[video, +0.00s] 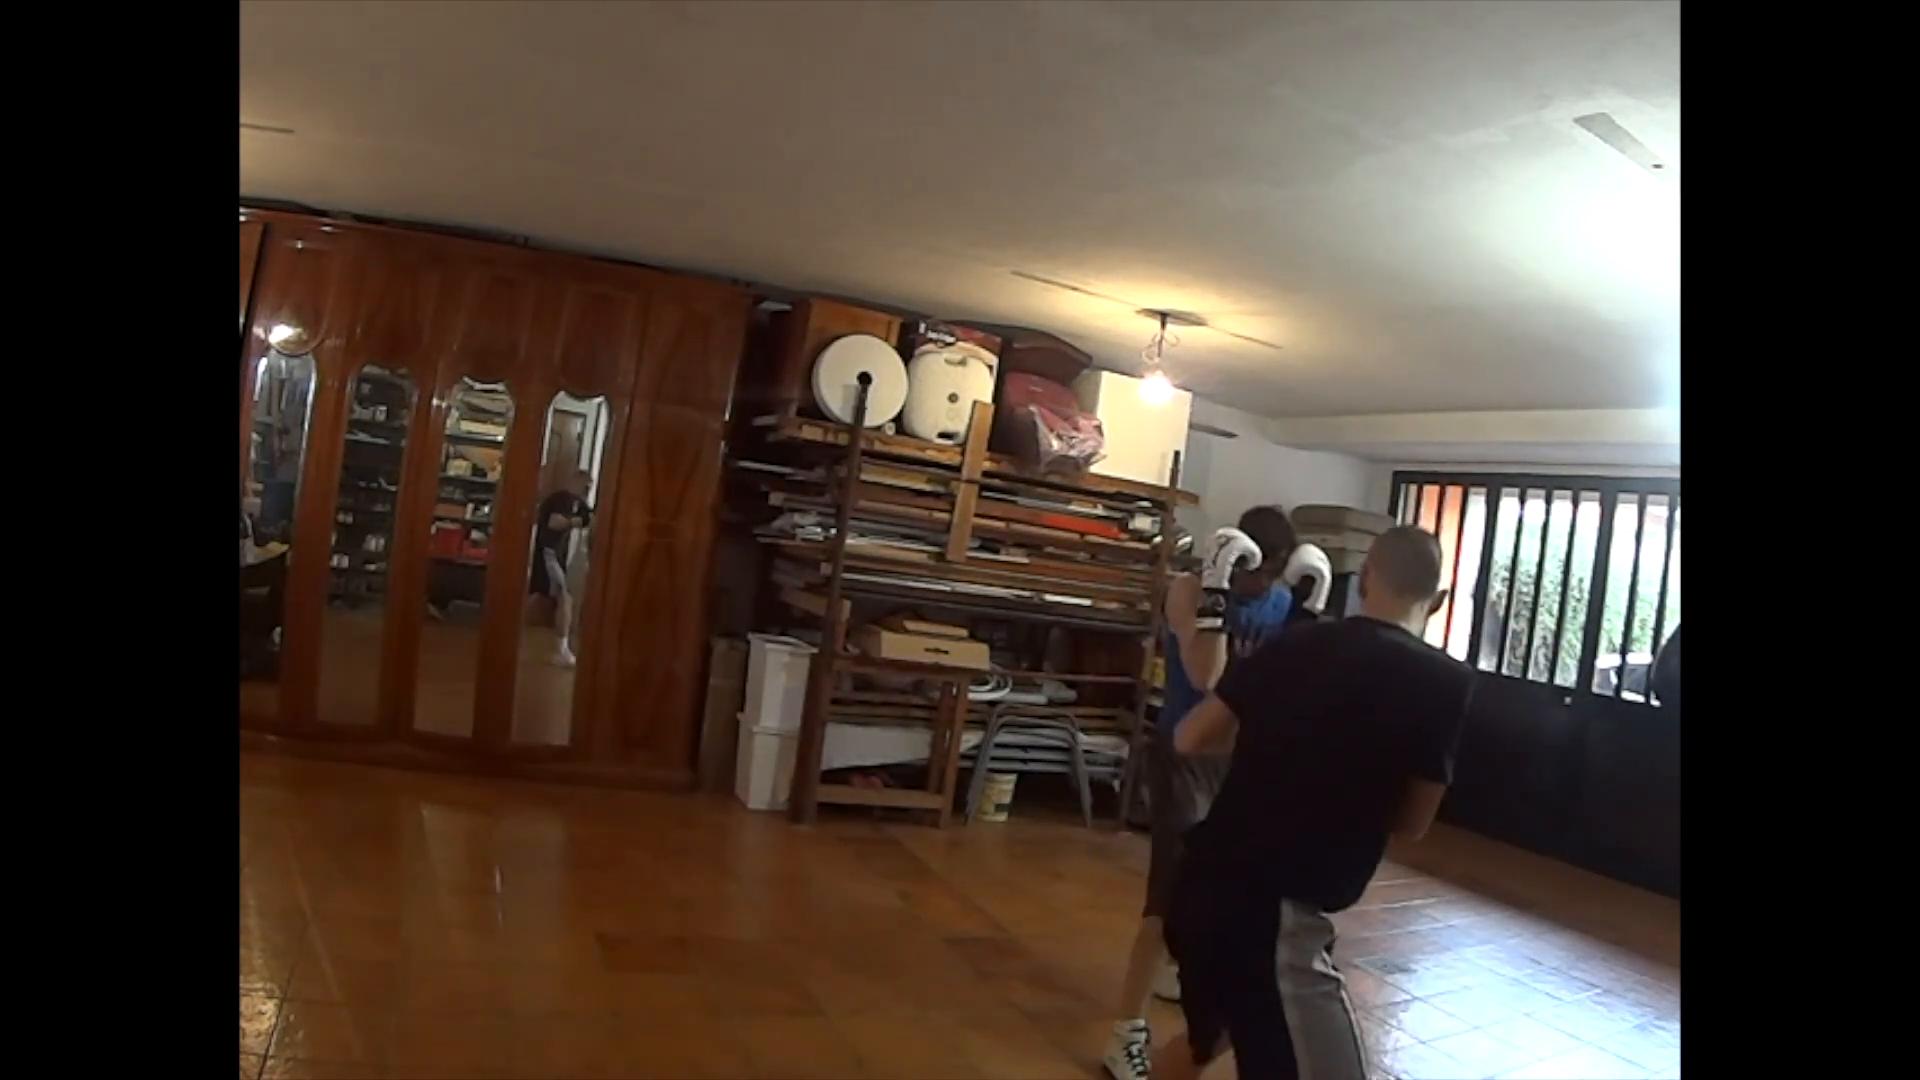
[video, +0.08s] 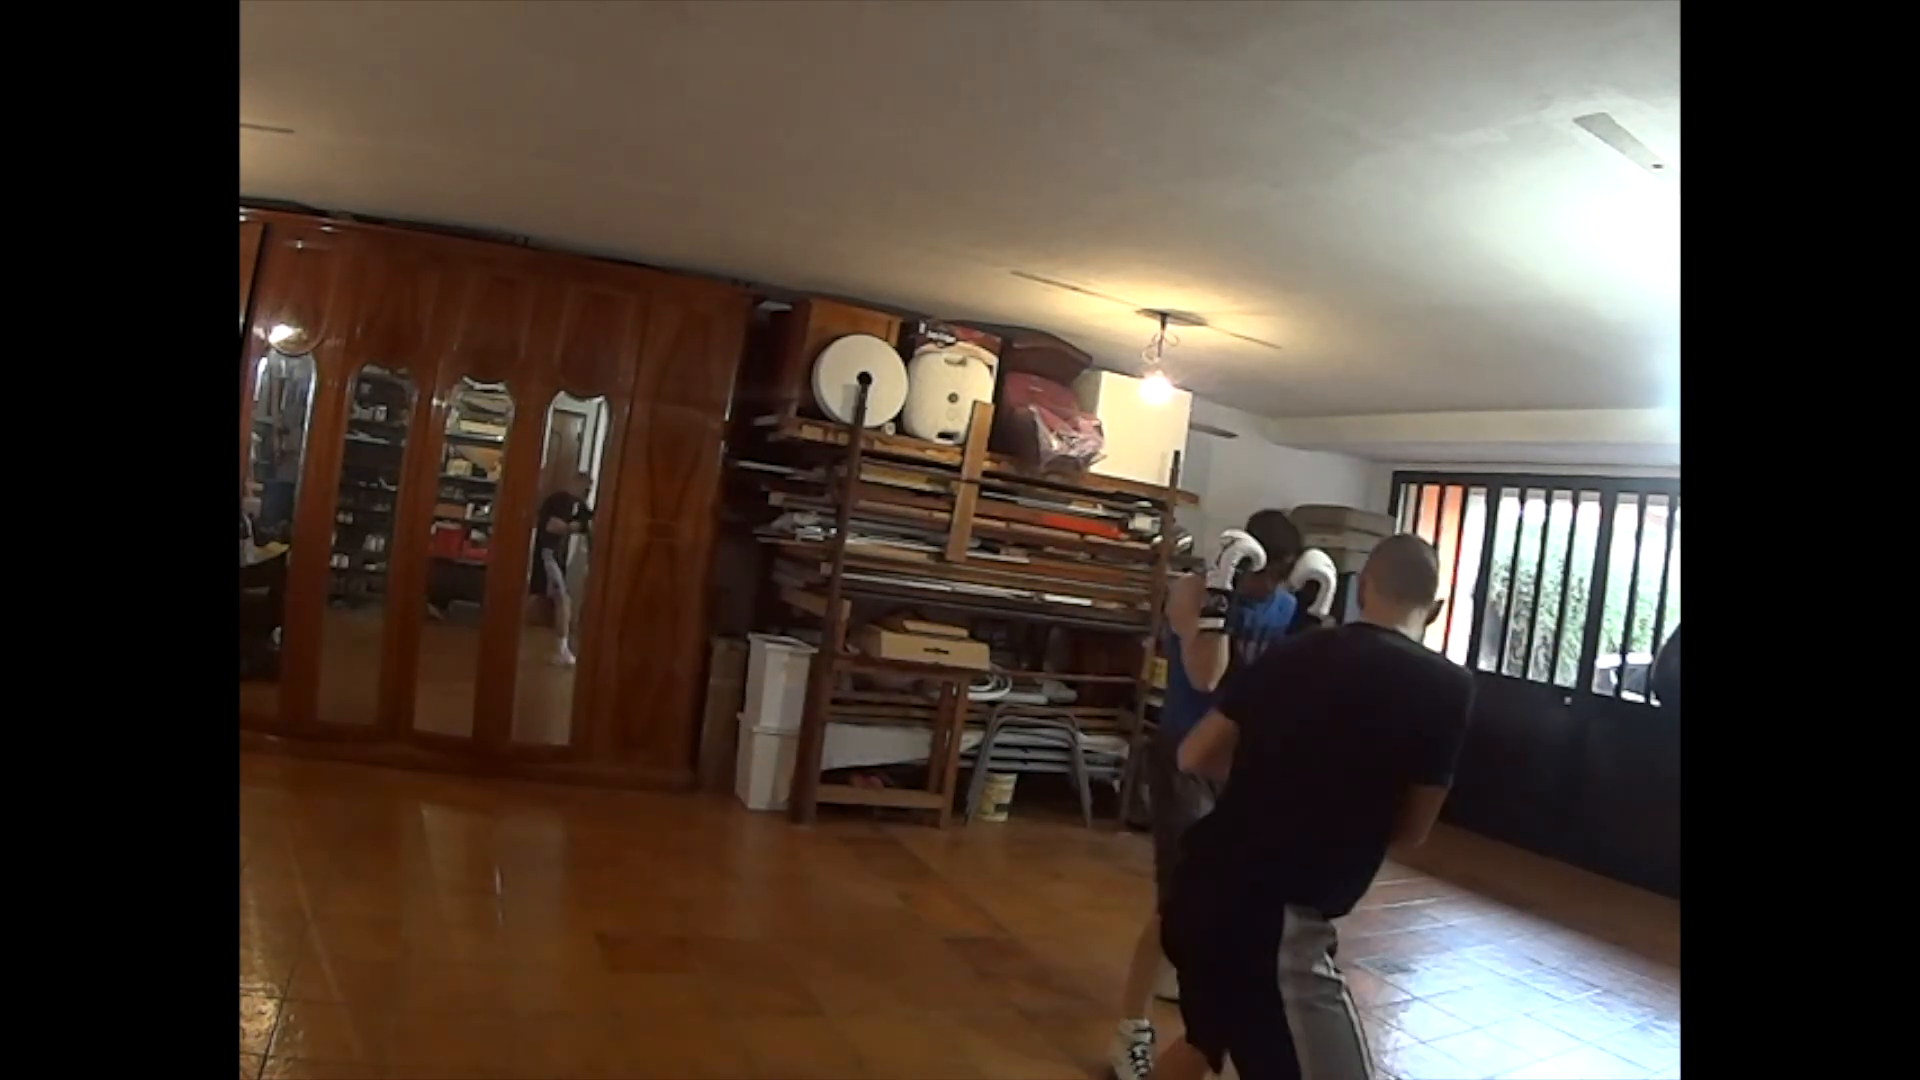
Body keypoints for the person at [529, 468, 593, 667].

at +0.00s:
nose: (588, 489)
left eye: (589, 486)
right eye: (586, 485)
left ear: (585, 486)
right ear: (575, 482)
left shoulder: (579, 503)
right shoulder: (560, 498)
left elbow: (588, 520)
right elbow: (553, 522)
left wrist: (571, 521)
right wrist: (574, 522)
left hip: (560, 551)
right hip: (546, 549)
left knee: (535, 594)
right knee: (564, 597)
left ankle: (512, 633)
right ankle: (562, 647)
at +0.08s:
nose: (588, 491)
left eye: (589, 488)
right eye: (586, 487)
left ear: (584, 488)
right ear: (575, 484)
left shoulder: (579, 505)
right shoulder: (559, 500)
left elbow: (590, 522)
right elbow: (552, 525)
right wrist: (576, 527)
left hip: (559, 551)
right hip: (546, 549)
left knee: (535, 593)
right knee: (562, 596)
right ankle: (562, 646)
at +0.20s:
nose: (579, 492)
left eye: (581, 488)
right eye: (576, 487)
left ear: (582, 490)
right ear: (566, 484)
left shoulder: (576, 508)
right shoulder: (550, 501)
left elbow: (585, 526)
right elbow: (541, 525)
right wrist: (566, 529)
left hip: (559, 551)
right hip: (541, 547)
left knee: (557, 593)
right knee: (555, 591)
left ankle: (561, 645)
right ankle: (560, 645)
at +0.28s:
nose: (577, 490)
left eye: (579, 486)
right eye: (574, 485)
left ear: (579, 488)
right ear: (564, 482)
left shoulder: (574, 507)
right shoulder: (548, 500)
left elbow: (581, 527)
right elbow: (539, 522)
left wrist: (577, 529)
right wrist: (561, 528)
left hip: (558, 551)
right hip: (540, 547)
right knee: (555, 593)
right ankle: (559, 645)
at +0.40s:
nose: (575, 489)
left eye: (577, 485)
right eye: (572, 484)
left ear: (576, 487)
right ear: (561, 482)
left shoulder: (573, 504)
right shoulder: (550, 498)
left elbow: (582, 523)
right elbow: (540, 521)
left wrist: (577, 524)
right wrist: (563, 526)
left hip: (553, 550)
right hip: (538, 547)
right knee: (555, 594)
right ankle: (557, 646)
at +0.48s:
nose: (576, 488)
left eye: (577, 485)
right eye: (573, 483)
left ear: (576, 487)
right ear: (561, 482)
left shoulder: (573, 504)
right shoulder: (549, 498)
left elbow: (581, 525)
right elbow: (540, 521)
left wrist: (577, 525)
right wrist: (565, 524)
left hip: (548, 549)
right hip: (537, 547)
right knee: (556, 593)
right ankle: (557, 646)